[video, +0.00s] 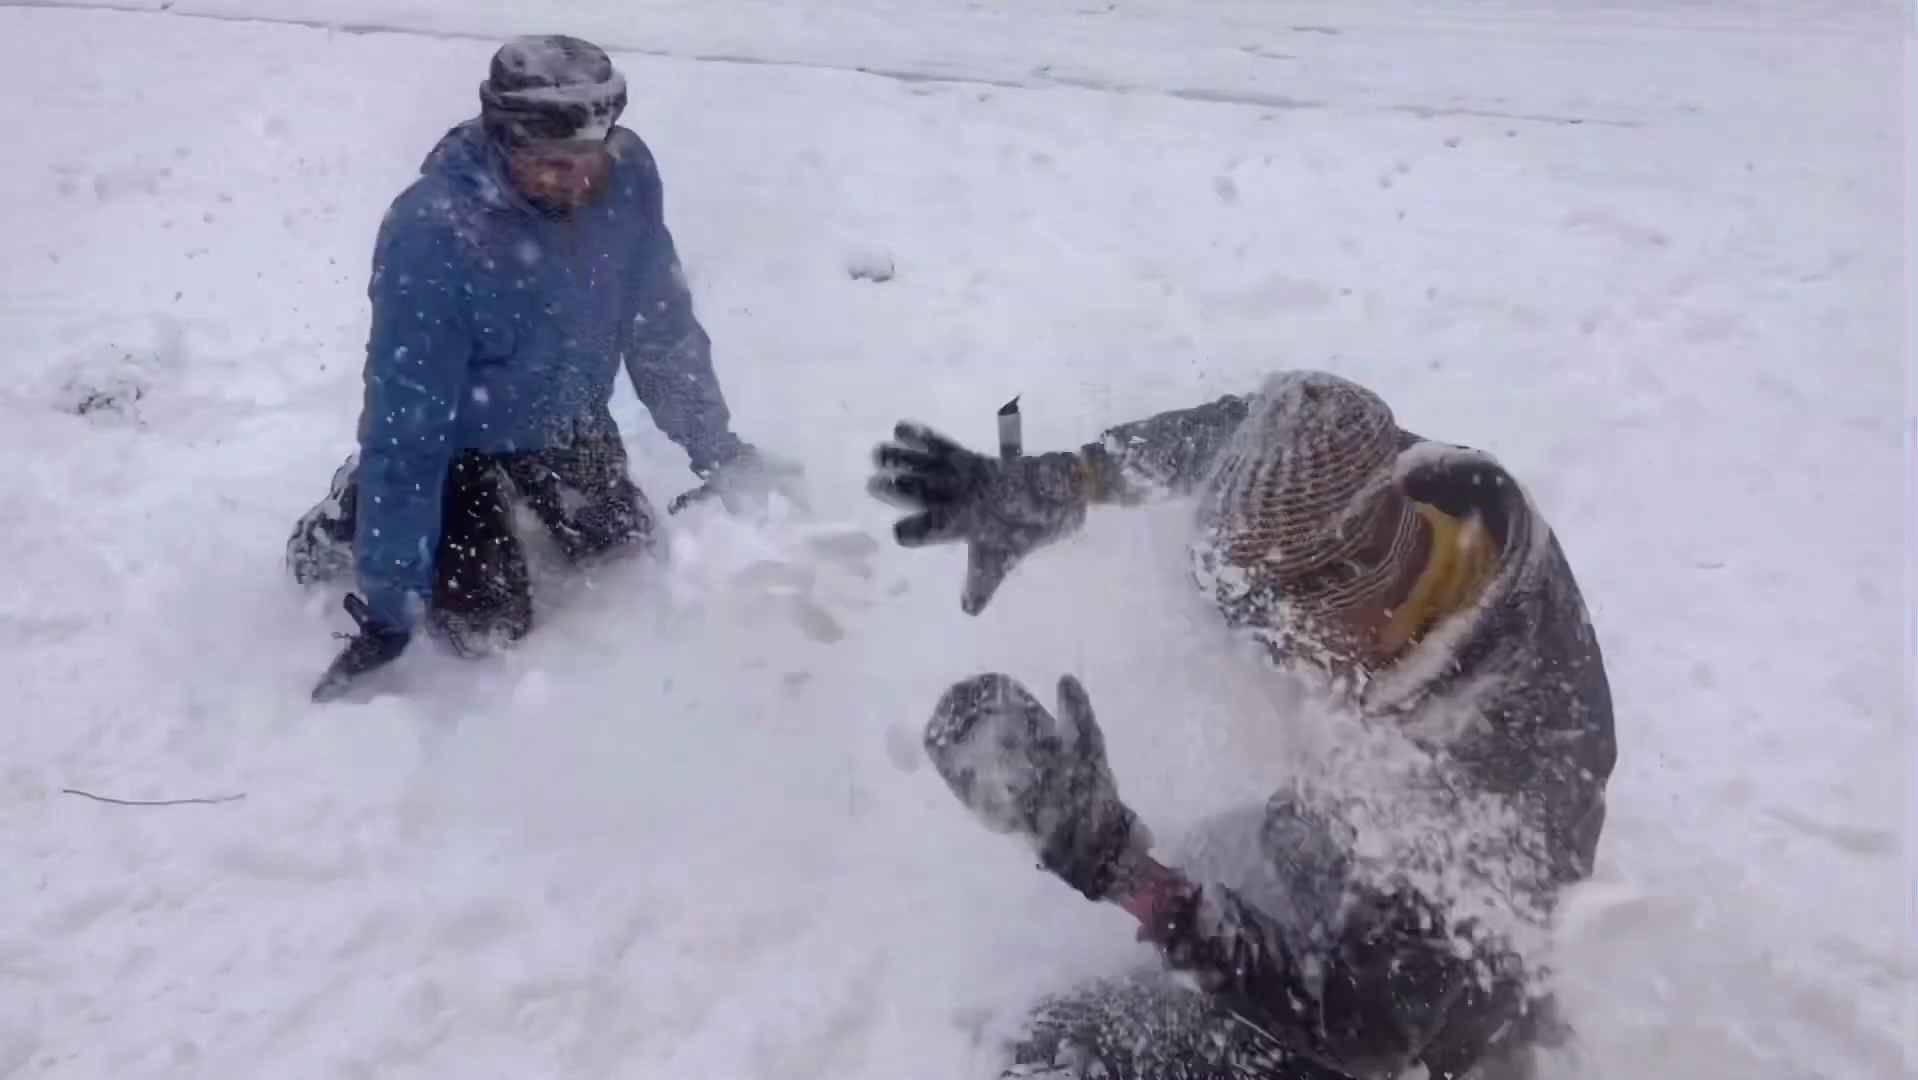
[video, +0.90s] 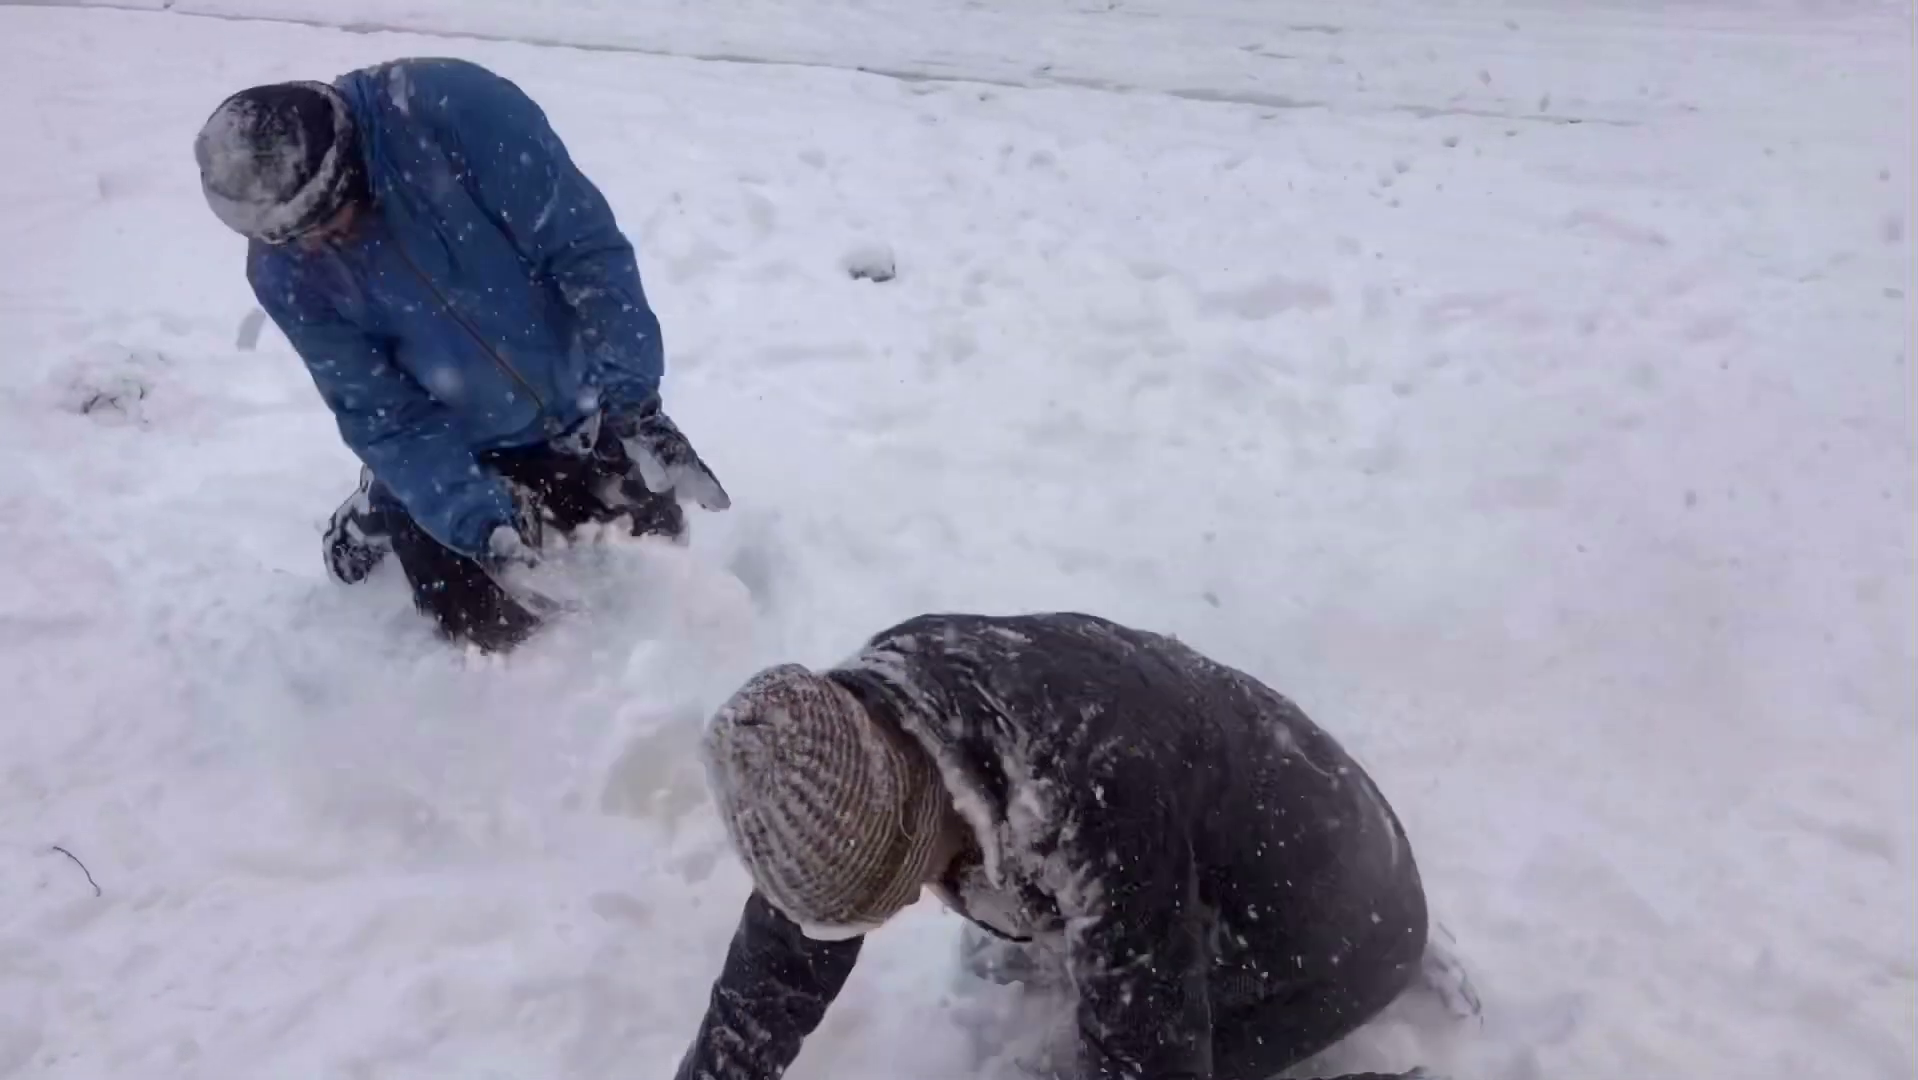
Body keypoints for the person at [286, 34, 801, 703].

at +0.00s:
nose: (574, 179)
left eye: (591, 157)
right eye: (552, 161)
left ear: (609, 139)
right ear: (506, 144)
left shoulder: (624, 177)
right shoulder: (435, 228)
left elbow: (661, 329)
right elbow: (404, 433)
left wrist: (719, 452)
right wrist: (388, 613)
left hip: (567, 421)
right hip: (454, 440)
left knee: (620, 549)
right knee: (493, 626)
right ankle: (370, 520)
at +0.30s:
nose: (498, 175)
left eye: (519, 152)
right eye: (475, 153)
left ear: (550, 146)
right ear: (437, 149)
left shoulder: (598, 231)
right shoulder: (367, 254)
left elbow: (632, 399)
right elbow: (348, 448)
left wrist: (673, 535)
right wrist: (386, 602)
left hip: (530, 437)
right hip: (410, 458)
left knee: (630, 559)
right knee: (487, 625)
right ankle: (343, 555)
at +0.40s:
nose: (481, 177)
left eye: (502, 151)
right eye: (458, 152)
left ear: (541, 148)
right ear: (430, 148)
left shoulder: (598, 239)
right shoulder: (359, 255)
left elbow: (625, 415)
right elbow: (317, 445)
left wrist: (666, 567)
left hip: (517, 434)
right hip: (395, 461)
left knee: (603, 537)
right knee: (488, 633)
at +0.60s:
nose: (400, 197)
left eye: (419, 176)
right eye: (387, 172)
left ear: (479, 161)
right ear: (374, 158)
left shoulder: (582, 212)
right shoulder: (342, 269)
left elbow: (624, 379)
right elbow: (302, 452)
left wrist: (649, 536)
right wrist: (256, 612)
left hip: (533, 426)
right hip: (397, 456)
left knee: (635, 577)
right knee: (480, 632)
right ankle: (347, 519)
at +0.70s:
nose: (332, 224)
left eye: (348, 203)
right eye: (321, 201)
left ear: (404, 178)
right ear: (313, 184)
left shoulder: (542, 169)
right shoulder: (319, 286)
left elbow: (621, 337)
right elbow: (330, 478)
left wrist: (645, 492)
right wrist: (326, 660)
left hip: (549, 417)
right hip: (426, 452)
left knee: (652, 569)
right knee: (471, 624)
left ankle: (526, 484)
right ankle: (333, 559)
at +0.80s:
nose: (324, 245)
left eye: (330, 223)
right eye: (301, 236)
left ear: (363, 176)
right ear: (278, 220)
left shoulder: (488, 129)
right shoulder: (301, 286)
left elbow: (613, 286)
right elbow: (373, 455)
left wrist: (635, 445)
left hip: (563, 405)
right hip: (452, 451)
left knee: (628, 541)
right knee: (494, 623)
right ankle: (371, 534)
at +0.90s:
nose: (318, 242)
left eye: (321, 217)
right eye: (293, 238)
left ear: (344, 164)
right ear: (265, 228)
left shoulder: (454, 109)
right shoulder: (284, 271)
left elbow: (585, 246)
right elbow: (383, 420)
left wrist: (630, 403)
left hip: (578, 410)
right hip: (454, 453)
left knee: (659, 556)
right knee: (494, 633)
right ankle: (397, 508)